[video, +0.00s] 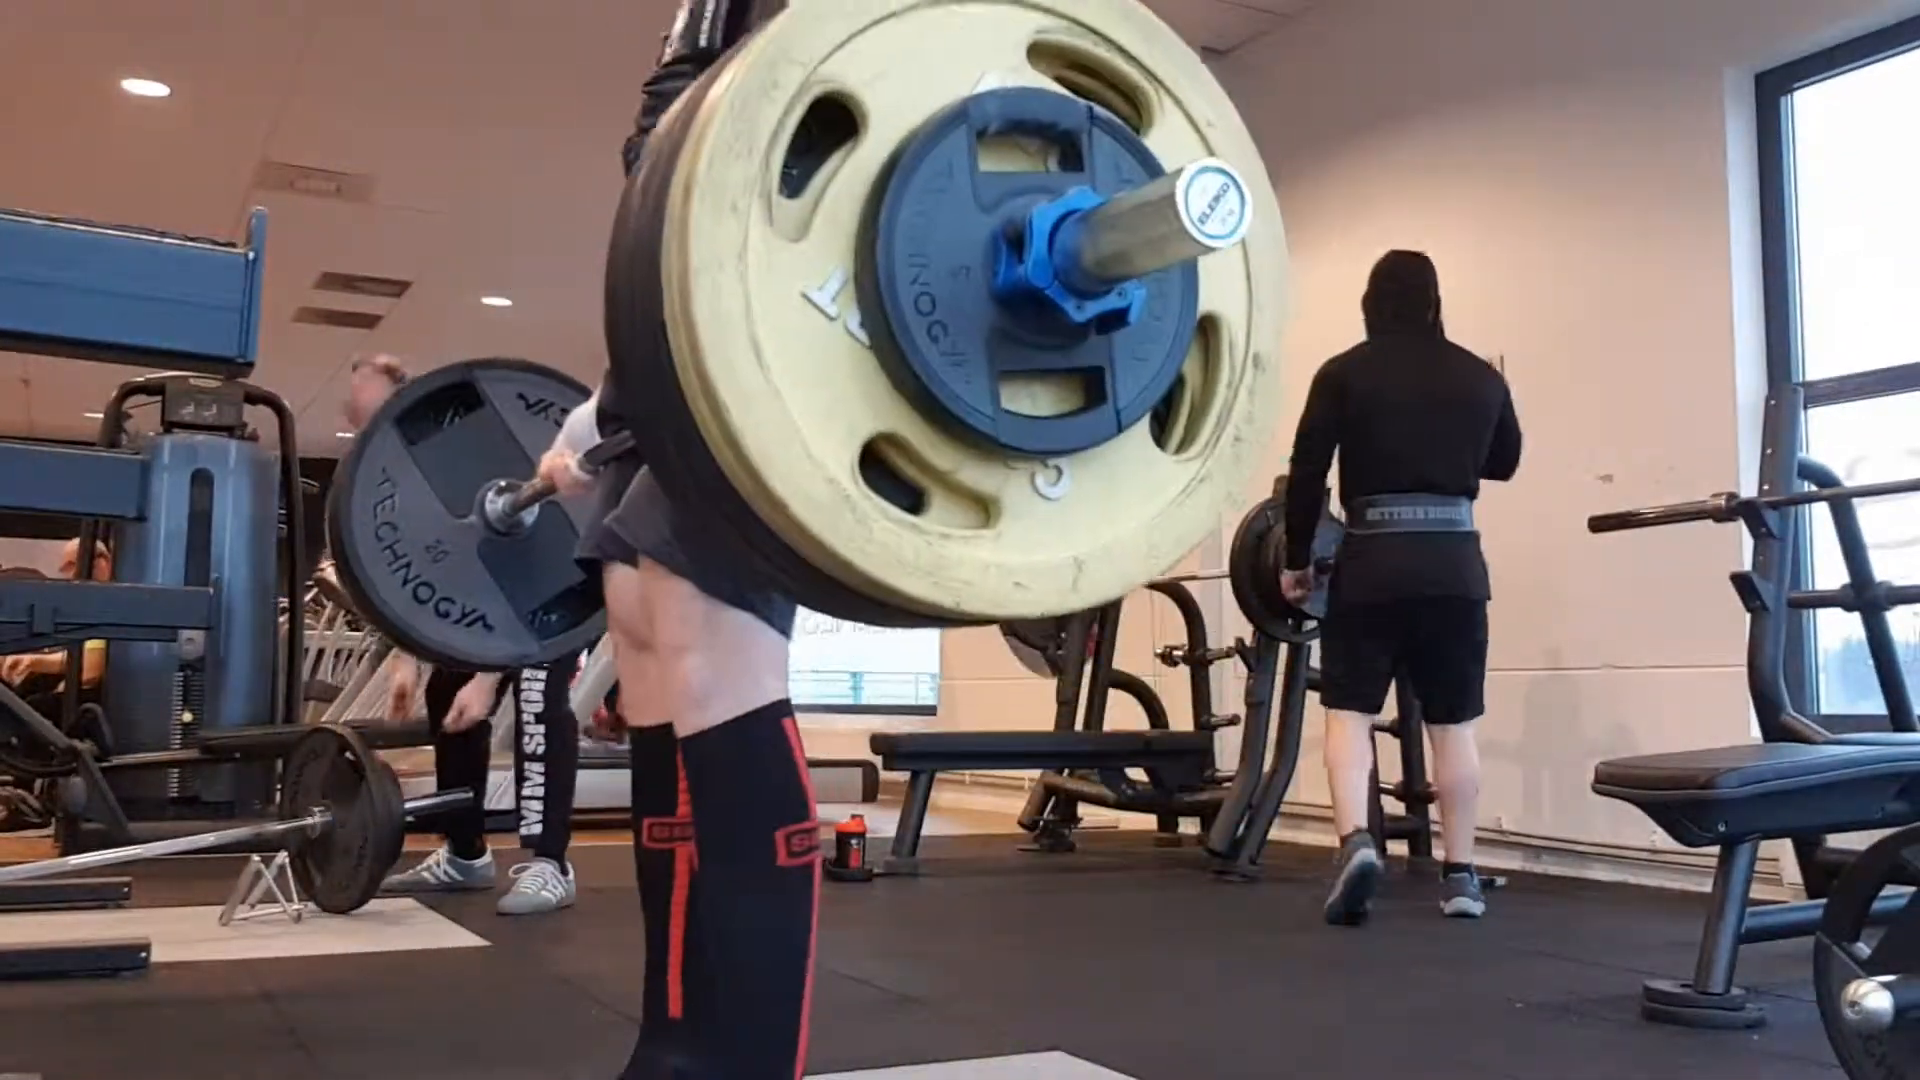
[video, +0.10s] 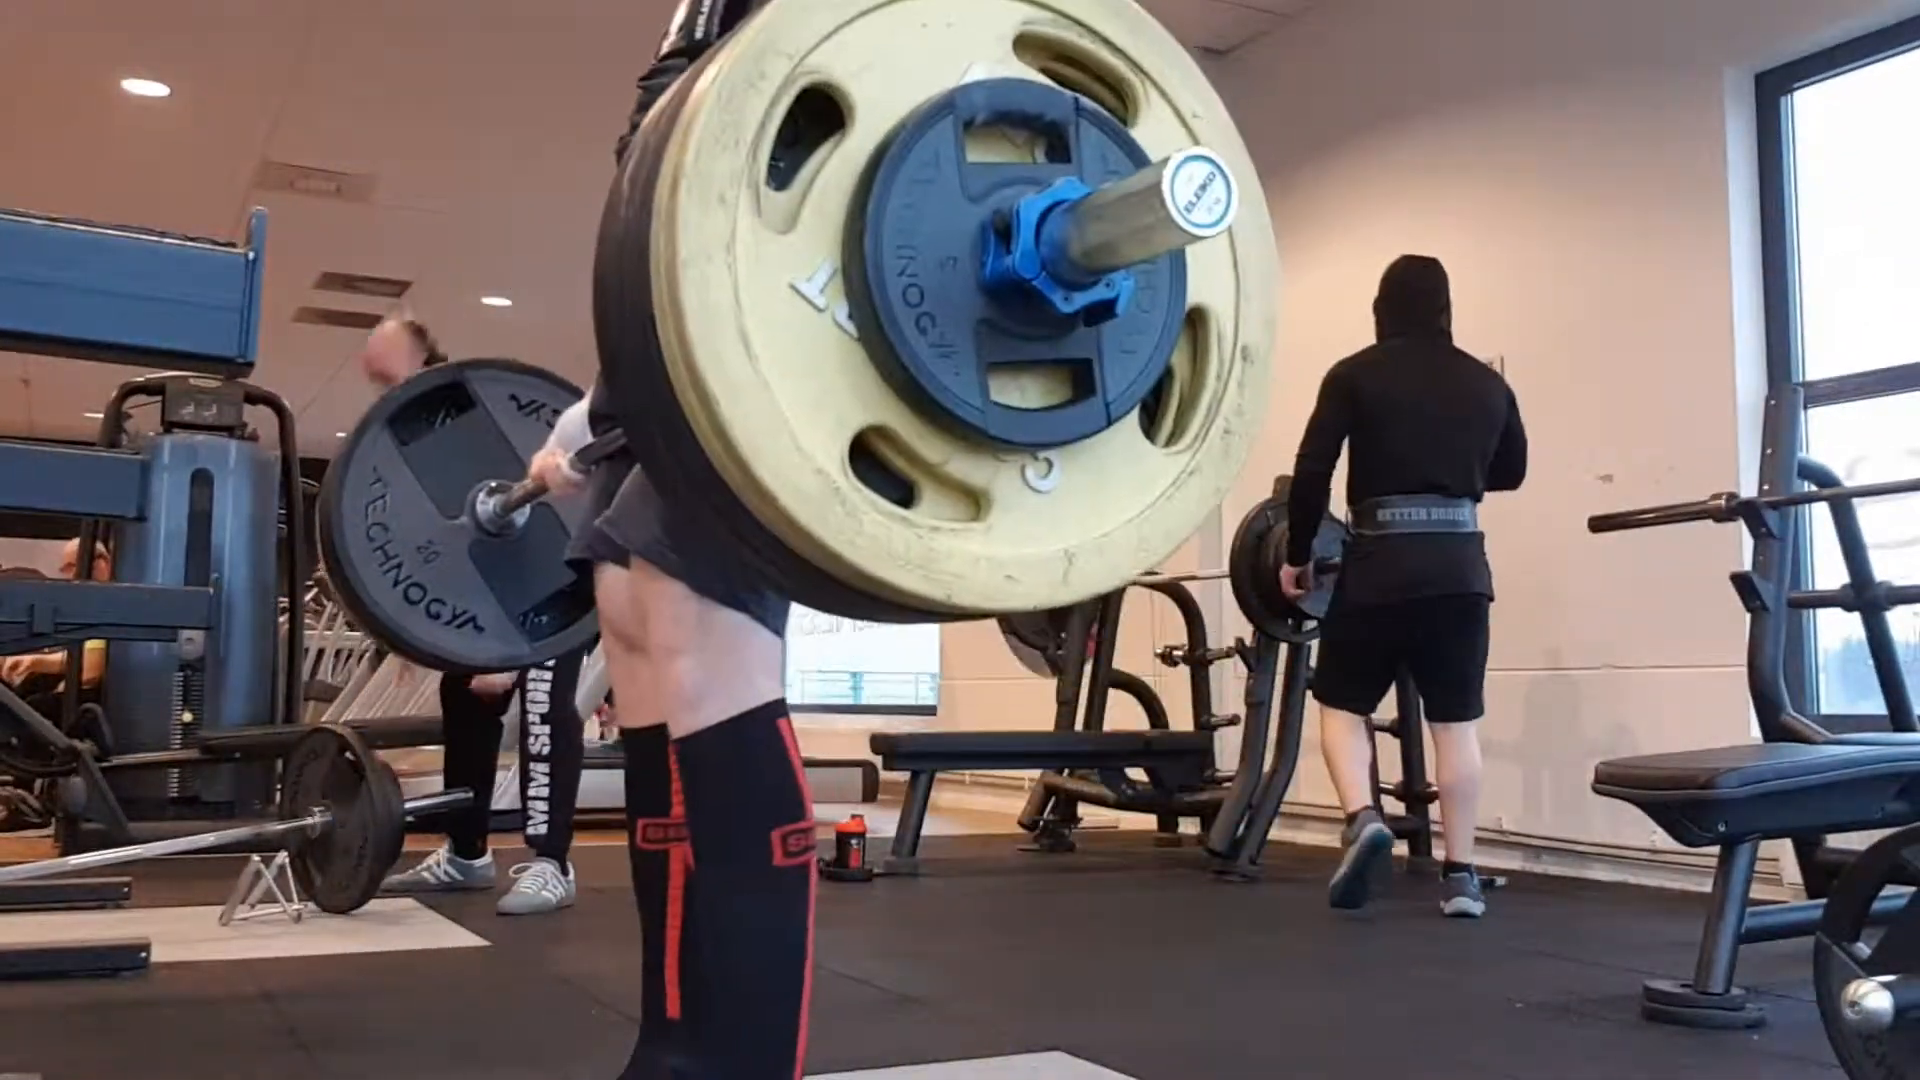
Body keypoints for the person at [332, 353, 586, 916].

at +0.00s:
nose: (356, 424)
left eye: (363, 410)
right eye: (354, 413)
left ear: (398, 395)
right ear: (365, 410)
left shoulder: (460, 444)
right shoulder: (392, 461)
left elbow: (515, 564)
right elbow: (419, 562)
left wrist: (490, 674)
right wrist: (406, 651)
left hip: (538, 589)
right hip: (471, 595)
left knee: (540, 701)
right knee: (450, 696)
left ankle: (549, 862)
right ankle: (465, 853)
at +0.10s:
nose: (388, 393)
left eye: (392, 377)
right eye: (380, 381)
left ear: (423, 361)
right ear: (380, 376)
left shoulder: (488, 416)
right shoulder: (407, 432)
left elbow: (530, 531)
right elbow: (408, 543)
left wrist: (506, 645)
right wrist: (420, 629)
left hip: (553, 584)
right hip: (479, 594)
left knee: (545, 703)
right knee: (465, 694)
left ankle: (549, 862)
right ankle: (467, 855)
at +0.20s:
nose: (400, 343)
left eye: (408, 328)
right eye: (394, 330)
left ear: (448, 320)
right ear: (410, 326)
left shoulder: (531, 378)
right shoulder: (423, 401)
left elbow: (579, 468)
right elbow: (405, 513)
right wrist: (417, 607)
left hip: (554, 577)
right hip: (473, 585)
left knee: (550, 711)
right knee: (473, 706)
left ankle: (551, 863)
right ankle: (466, 856)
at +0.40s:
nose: (453, 269)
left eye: (466, 256)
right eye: (451, 257)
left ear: (508, 265)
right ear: (465, 270)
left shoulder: (560, 335)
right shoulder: (466, 349)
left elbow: (585, 438)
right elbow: (474, 448)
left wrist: (556, 518)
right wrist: (458, 534)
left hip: (557, 543)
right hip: (490, 545)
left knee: (556, 693)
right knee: (488, 690)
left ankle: (553, 858)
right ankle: (513, 841)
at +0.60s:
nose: (504, 253)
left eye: (515, 240)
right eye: (497, 243)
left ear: (544, 248)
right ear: (490, 259)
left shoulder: (587, 328)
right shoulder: (480, 338)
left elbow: (621, 426)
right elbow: (460, 448)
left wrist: (613, 519)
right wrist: (444, 539)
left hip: (585, 531)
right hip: (510, 534)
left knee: (578, 684)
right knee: (515, 681)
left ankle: (571, 855)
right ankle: (527, 848)